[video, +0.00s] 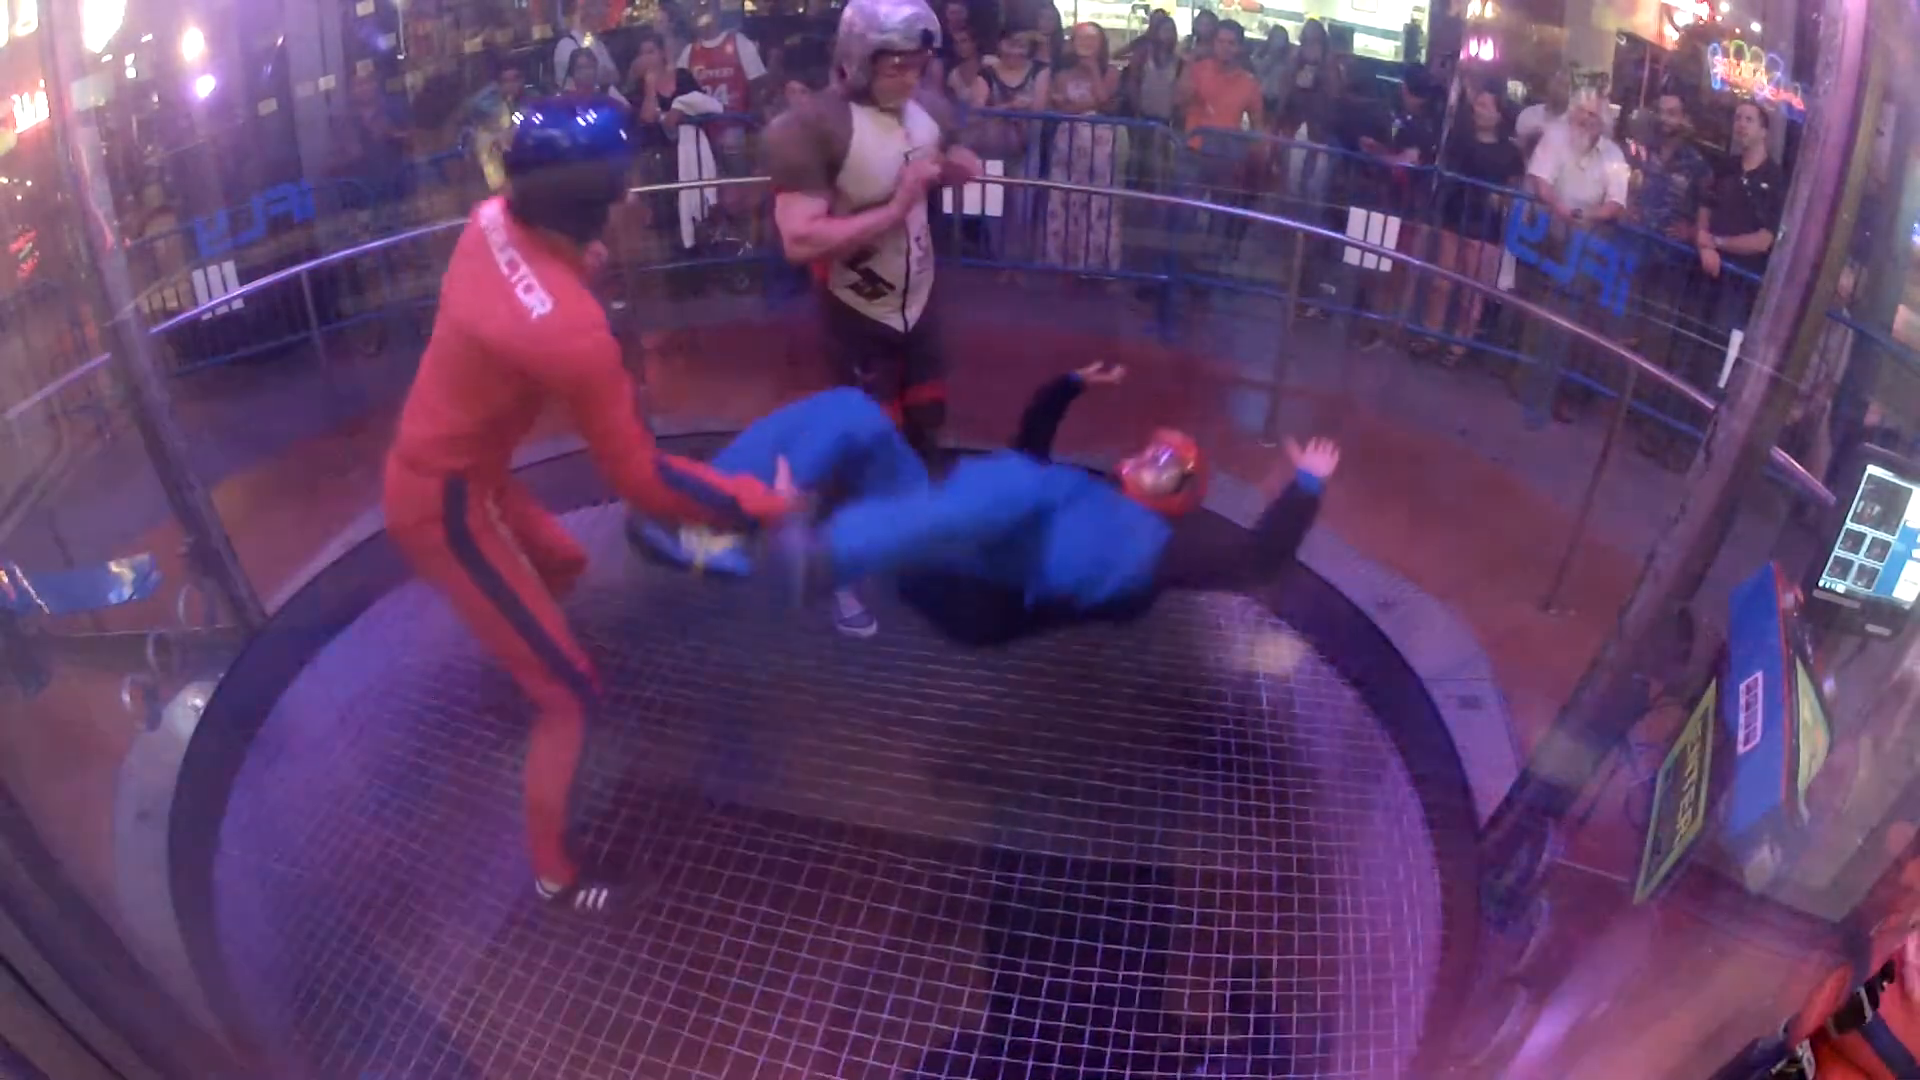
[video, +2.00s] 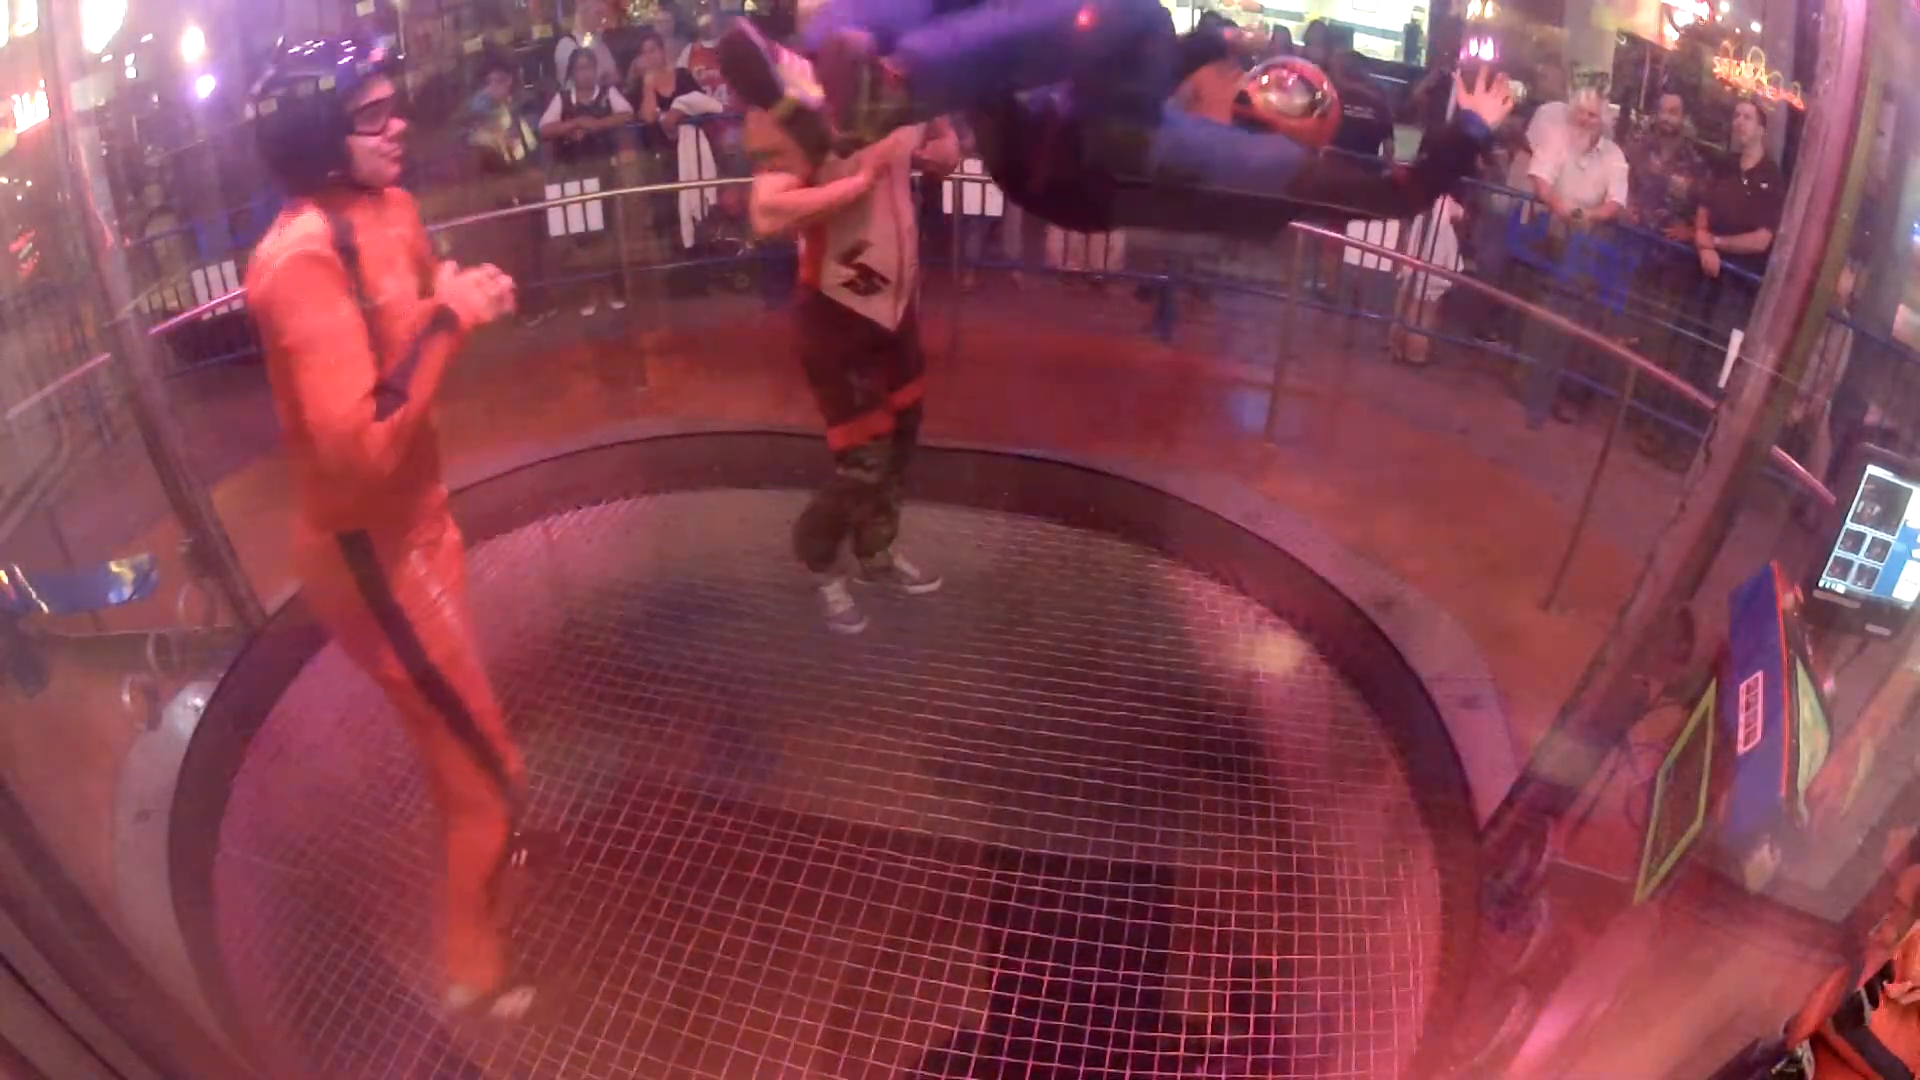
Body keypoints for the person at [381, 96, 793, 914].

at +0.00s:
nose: (624, 202)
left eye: (620, 188)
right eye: (617, 191)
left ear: (530, 184)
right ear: (594, 207)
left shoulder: (491, 222)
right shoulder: (571, 328)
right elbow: (636, 475)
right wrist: (752, 502)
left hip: (451, 464)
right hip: (445, 500)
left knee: (563, 561)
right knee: (566, 690)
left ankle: (506, 658)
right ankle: (551, 874)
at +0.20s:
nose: (599, 165)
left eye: (597, 150)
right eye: (591, 152)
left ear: (496, 148)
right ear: (563, 167)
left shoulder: (447, 200)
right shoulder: (570, 286)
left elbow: (397, 281)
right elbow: (662, 419)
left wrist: (491, 263)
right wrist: (765, 427)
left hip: (408, 474)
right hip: (454, 506)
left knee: (520, 592)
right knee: (561, 699)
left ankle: (470, 708)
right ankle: (556, 883)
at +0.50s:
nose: (546, 126)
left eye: (543, 109)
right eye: (536, 111)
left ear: (441, 117)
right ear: (505, 123)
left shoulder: (388, 205)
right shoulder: (531, 222)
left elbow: (334, 308)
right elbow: (690, 329)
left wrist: (429, 290)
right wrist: (790, 281)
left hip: (416, 487)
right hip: (490, 499)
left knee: (514, 619)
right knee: (556, 706)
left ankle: (469, 759)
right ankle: (556, 882)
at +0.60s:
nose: (526, 122)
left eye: (523, 105)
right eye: (510, 108)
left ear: (431, 123)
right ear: (462, 121)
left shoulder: (390, 211)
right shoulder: (503, 220)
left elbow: (336, 321)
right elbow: (642, 340)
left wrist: (440, 318)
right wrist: (705, 246)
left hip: (428, 493)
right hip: (498, 499)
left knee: (516, 631)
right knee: (553, 704)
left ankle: (471, 774)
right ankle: (559, 881)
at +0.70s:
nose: (512, 121)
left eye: (509, 104)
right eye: (494, 107)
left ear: (414, 129)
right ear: (441, 122)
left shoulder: (390, 221)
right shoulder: (480, 230)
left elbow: (370, 337)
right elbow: (572, 381)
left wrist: (482, 292)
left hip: (438, 489)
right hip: (496, 499)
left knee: (526, 642)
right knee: (555, 704)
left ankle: (469, 788)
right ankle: (558, 880)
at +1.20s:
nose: (461, 125)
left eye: (458, 107)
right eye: (441, 112)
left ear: (398, 129)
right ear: (391, 127)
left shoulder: (410, 211)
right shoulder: (381, 243)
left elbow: (449, 360)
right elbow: (427, 447)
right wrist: (494, 342)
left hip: (475, 495)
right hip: (446, 519)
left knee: (496, 680)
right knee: (533, 709)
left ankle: (473, 837)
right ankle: (557, 887)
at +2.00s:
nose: (397, 131)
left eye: (395, 112)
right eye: (373, 119)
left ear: (390, 121)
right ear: (317, 141)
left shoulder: (391, 211)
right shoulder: (298, 263)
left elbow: (413, 320)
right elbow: (357, 456)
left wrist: (456, 294)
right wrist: (446, 323)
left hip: (423, 519)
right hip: (364, 549)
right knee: (482, 774)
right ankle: (468, 984)